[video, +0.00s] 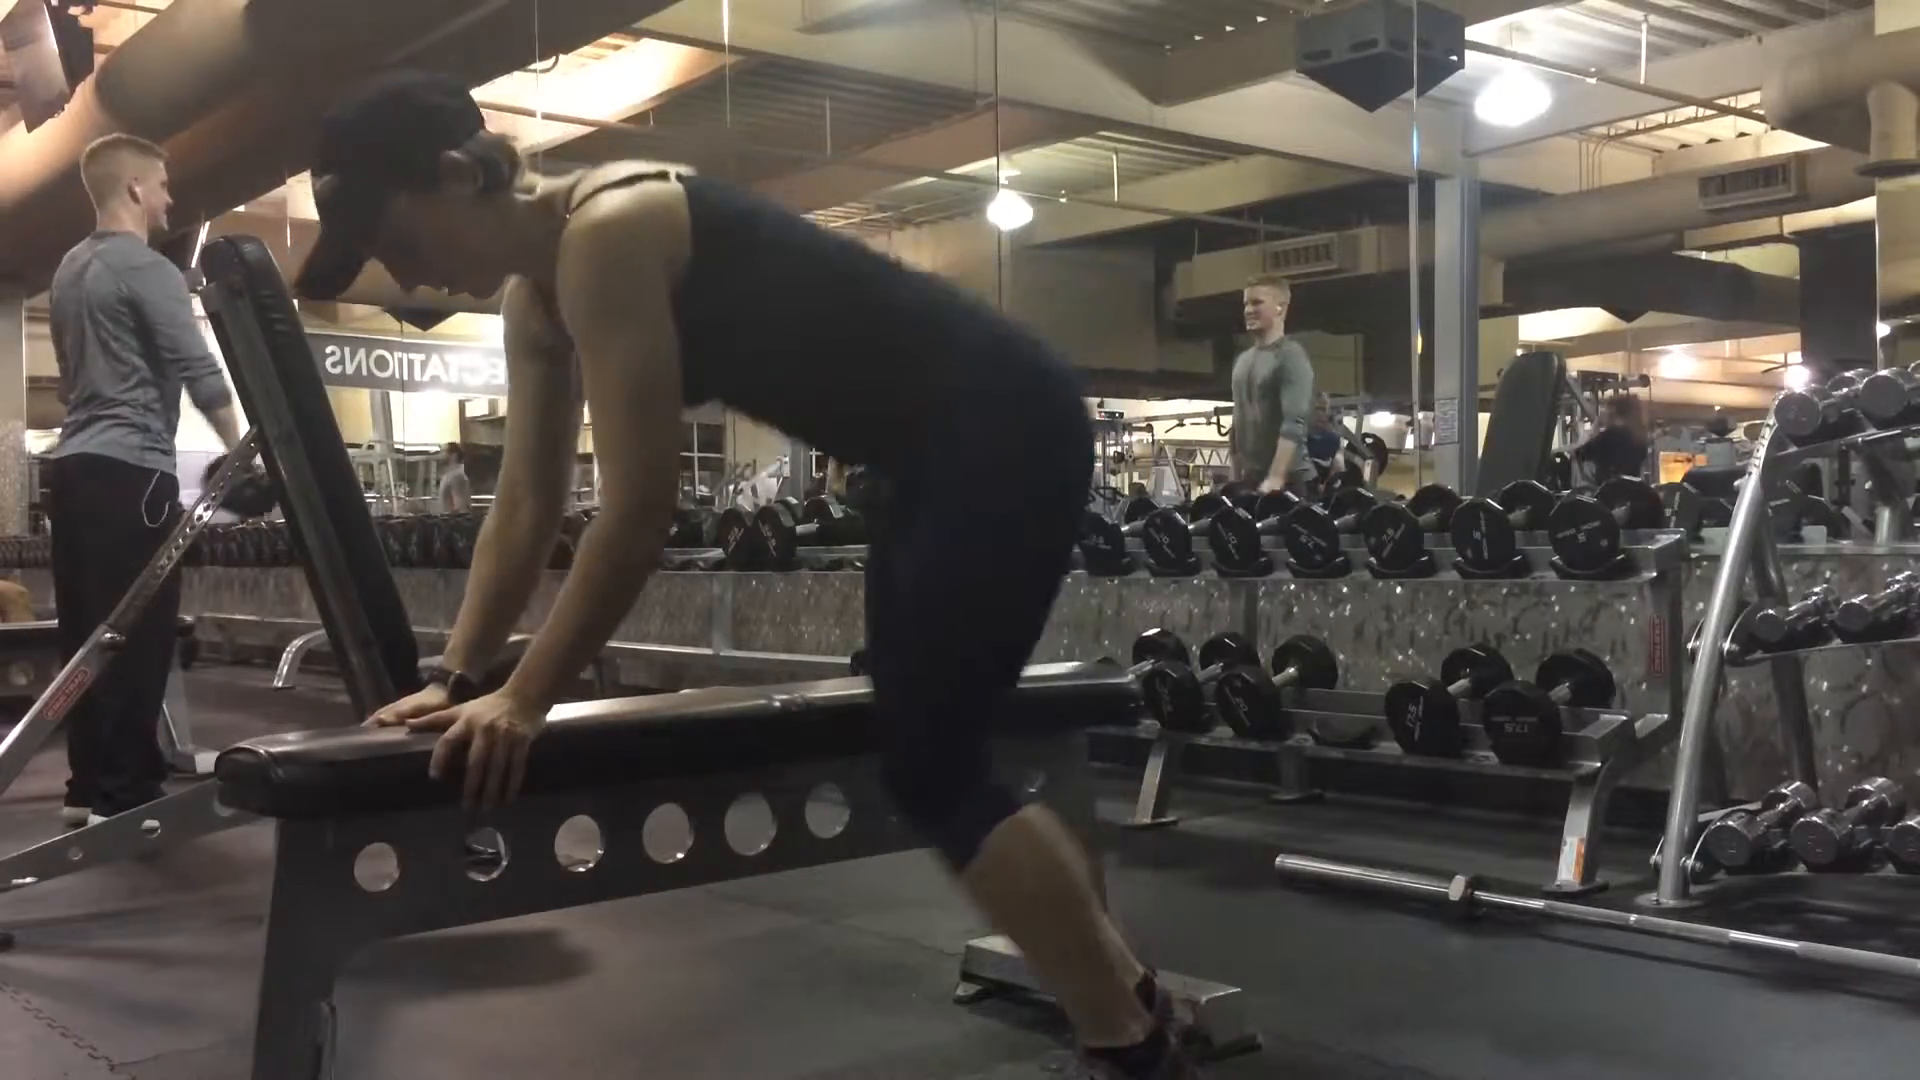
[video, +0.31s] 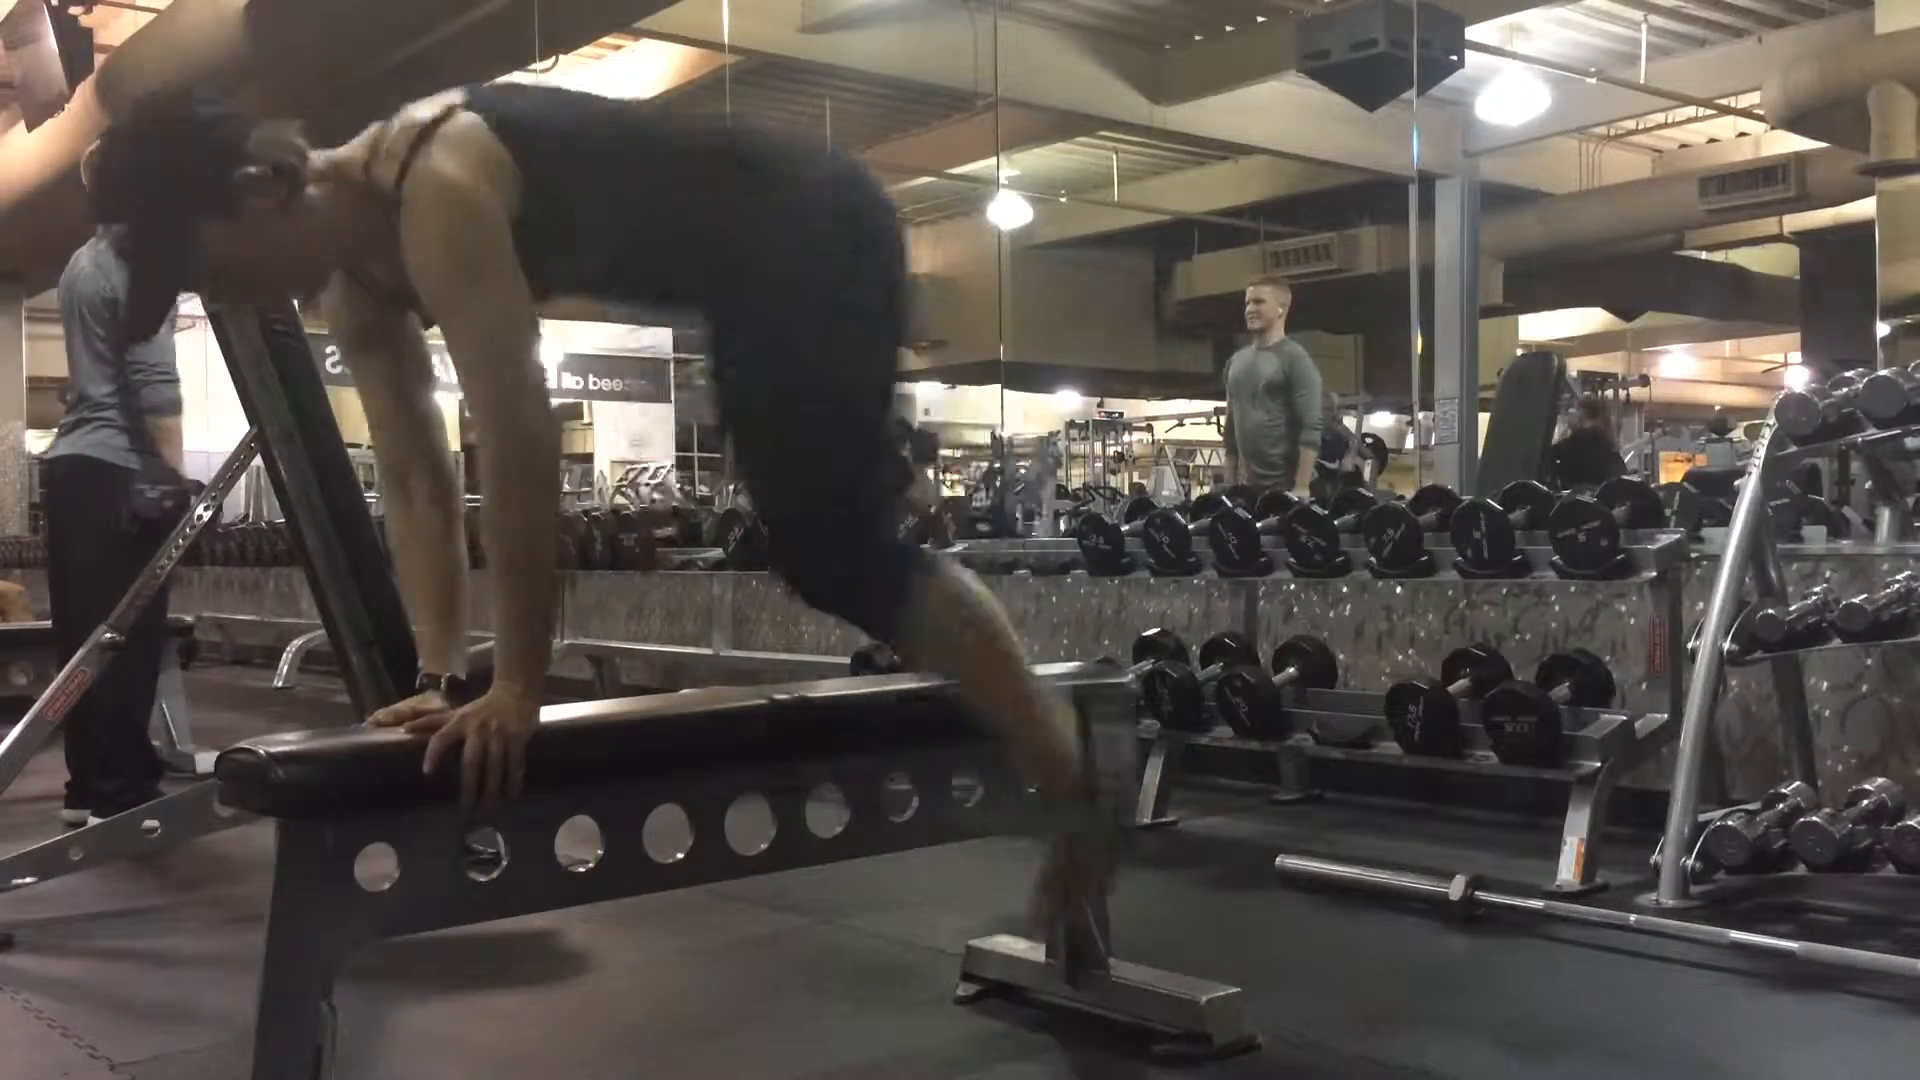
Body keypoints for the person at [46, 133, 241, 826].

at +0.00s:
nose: (168, 199)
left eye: (166, 187)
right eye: (161, 186)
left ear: (107, 194)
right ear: (134, 189)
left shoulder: (67, 272)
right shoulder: (146, 266)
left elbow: (83, 375)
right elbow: (199, 370)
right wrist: (242, 449)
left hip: (71, 468)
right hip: (130, 472)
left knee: (85, 629)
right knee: (142, 629)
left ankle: (90, 784)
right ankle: (126, 791)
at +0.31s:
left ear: (95, 196)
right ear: (150, 203)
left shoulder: (76, 266)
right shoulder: (130, 271)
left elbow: (91, 385)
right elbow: (156, 386)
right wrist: (179, 479)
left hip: (69, 465)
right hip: (120, 469)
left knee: (81, 629)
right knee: (132, 629)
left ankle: (87, 784)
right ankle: (123, 789)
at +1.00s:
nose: (146, 204)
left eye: (146, 191)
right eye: (141, 190)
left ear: (90, 191)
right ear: (111, 188)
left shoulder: (70, 262)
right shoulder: (113, 266)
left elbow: (167, 310)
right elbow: (128, 383)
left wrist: (228, 314)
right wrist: (155, 474)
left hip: (70, 469)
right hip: (107, 471)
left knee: (87, 630)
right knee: (123, 631)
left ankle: (93, 785)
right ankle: (121, 790)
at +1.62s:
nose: (191, 233)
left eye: (191, 221)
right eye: (186, 219)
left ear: (135, 216)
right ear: (159, 216)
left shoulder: (100, 274)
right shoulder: (131, 283)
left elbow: (177, 348)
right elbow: (144, 398)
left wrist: (239, 389)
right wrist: (167, 495)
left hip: (50, 478)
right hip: (85, 483)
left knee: (85, 640)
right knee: (142, 635)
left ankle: (89, 789)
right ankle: (125, 793)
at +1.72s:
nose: (214, 263)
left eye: (216, 250)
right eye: (211, 249)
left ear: (162, 244)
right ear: (189, 245)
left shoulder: (144, 300)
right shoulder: (153, 301)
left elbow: (183, 404)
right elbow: (154, 417)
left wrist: (232, 462)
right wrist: (170, 518)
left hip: (42, 478)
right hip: (57, 481)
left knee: (86, 638)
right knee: (123, 633)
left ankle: (93, 787)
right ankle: (114, 791)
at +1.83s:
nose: (253, 344)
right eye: (256, 332)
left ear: (221, 319)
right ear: (235, 327)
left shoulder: (185, 362)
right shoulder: (180, 349)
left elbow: (181, 472)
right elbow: (166, 466)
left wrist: (197, 558)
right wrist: (171, 559)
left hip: (49, 481)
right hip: (44, 482)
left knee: (94, 641)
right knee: (102, 641)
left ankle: (101, 785)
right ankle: (101, 791)